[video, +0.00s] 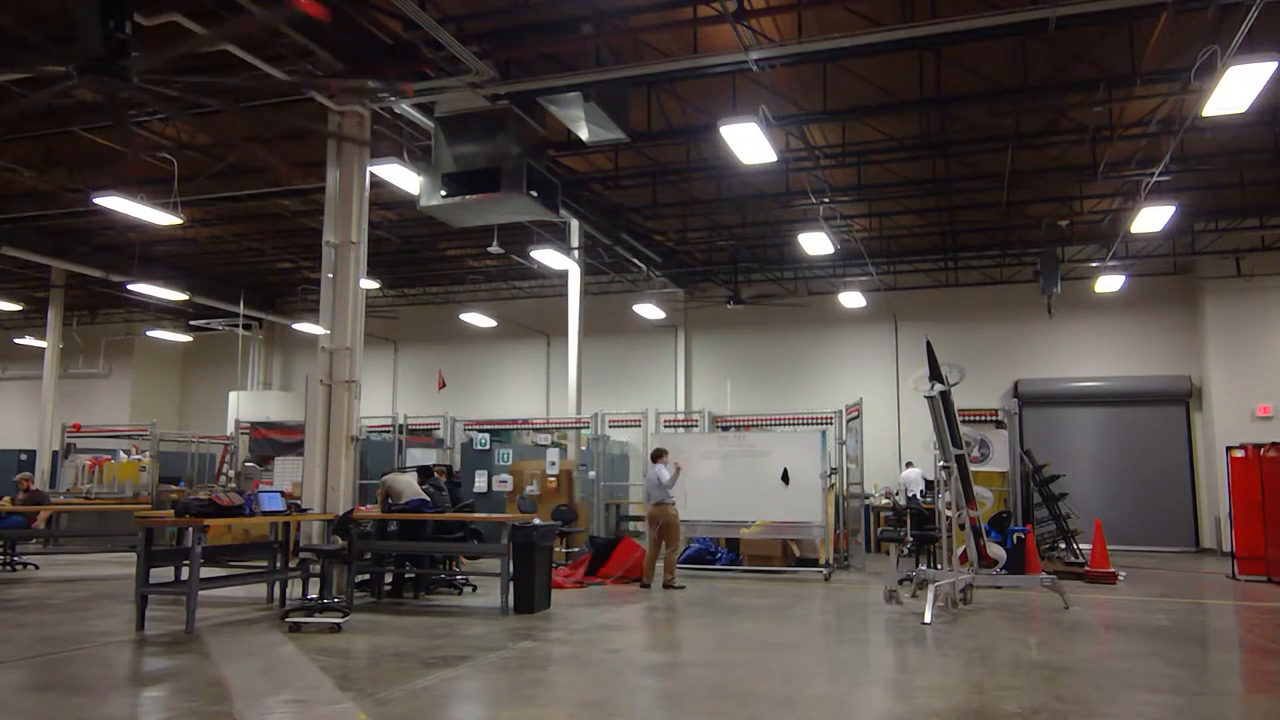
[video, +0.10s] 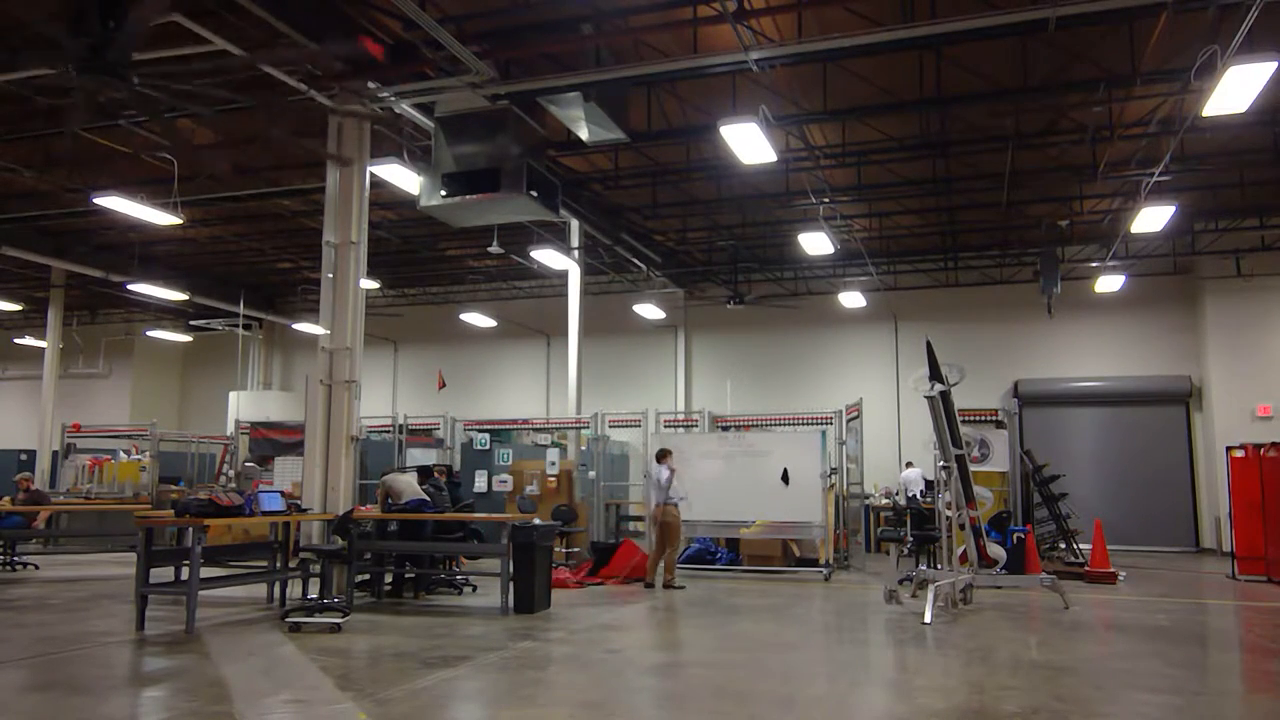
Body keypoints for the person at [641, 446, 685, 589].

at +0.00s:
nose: (667, 460)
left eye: (667, 457)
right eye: (666, 457)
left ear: (654, 459)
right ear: (661, 458)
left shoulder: (649, 473)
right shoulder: (660, 468)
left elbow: (647, 494)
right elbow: (668, 484)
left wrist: (648, 508)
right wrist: (677, 472)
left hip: (654, 507)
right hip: (667, 507)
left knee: (653, 547)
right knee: (672, 547)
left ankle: (646, 579)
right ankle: (669, 579)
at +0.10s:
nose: (671, 460)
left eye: (671, 458)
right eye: (670, 458)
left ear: (659, 459)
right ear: (665, 458)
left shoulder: (658, 470)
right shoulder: (663, 470)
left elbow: (660, 488)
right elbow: (664, 486)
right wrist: (671, 474)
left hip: (660, 507)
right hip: (669, 507)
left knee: (659, 547)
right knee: (672, 546)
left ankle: (649, 578)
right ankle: (669, 579)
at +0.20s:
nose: (675, 461)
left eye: (675, 458)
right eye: (673, 458)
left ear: (672, 460)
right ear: (666, 459)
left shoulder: (672, 475)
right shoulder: (662, 474)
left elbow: (674, 493)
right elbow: (662, 488)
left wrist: (687, 497)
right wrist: (666, 474)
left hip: (674, 507)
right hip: (667, 507)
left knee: (670, 545)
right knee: (672, 546)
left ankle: (658, 576)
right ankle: (667, 579)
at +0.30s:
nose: (678, 459)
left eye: (678, 457)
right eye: (675, 457)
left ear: (678, 459)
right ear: (668, 458)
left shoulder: (677, 475)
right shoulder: (666, 472)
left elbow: (682, 496)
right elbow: (659, 490)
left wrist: (697, 496)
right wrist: (660, 475)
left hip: (678, 508)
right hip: (669, 508)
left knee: (680, 546)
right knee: (674, 546)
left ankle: (670, 578)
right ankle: (668, 579)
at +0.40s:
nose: (679, 459)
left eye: (681, 456)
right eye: (676, 457)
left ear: (683, 458)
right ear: (671, 459)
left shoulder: (683, 476)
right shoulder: (668, 473)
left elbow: (688, 496)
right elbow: (657, 489)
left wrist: (703, 496)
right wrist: (654, 476)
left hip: (682, 511)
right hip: (670, 510)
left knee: (685, 545)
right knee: (672, 547)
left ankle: (684, 577)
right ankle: (667, 579)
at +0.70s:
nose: (692, 461)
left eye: (695, 458)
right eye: (689, 458)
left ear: (699, 460)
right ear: (685, 461)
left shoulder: (704, 477)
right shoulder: (682, 476)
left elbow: (707, 495)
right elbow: (671, 492)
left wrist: (712, 504)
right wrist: (656, 485)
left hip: (699, 511)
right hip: (684, 510)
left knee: (702, 546)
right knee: (684, 546)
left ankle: (703, 580)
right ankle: (670, 579)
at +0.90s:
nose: (692, 465)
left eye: (694, 462)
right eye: (691, 462)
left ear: (702, 462)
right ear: (691, 462)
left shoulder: (713, 477)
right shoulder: (689, 475)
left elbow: (719, 496)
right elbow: (680, 493)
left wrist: (713, 507)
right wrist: (662, 491)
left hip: (706, 511)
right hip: (690, 510)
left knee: (705, 546)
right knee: (693, 544)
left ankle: (703, 579)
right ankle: (688, 579)